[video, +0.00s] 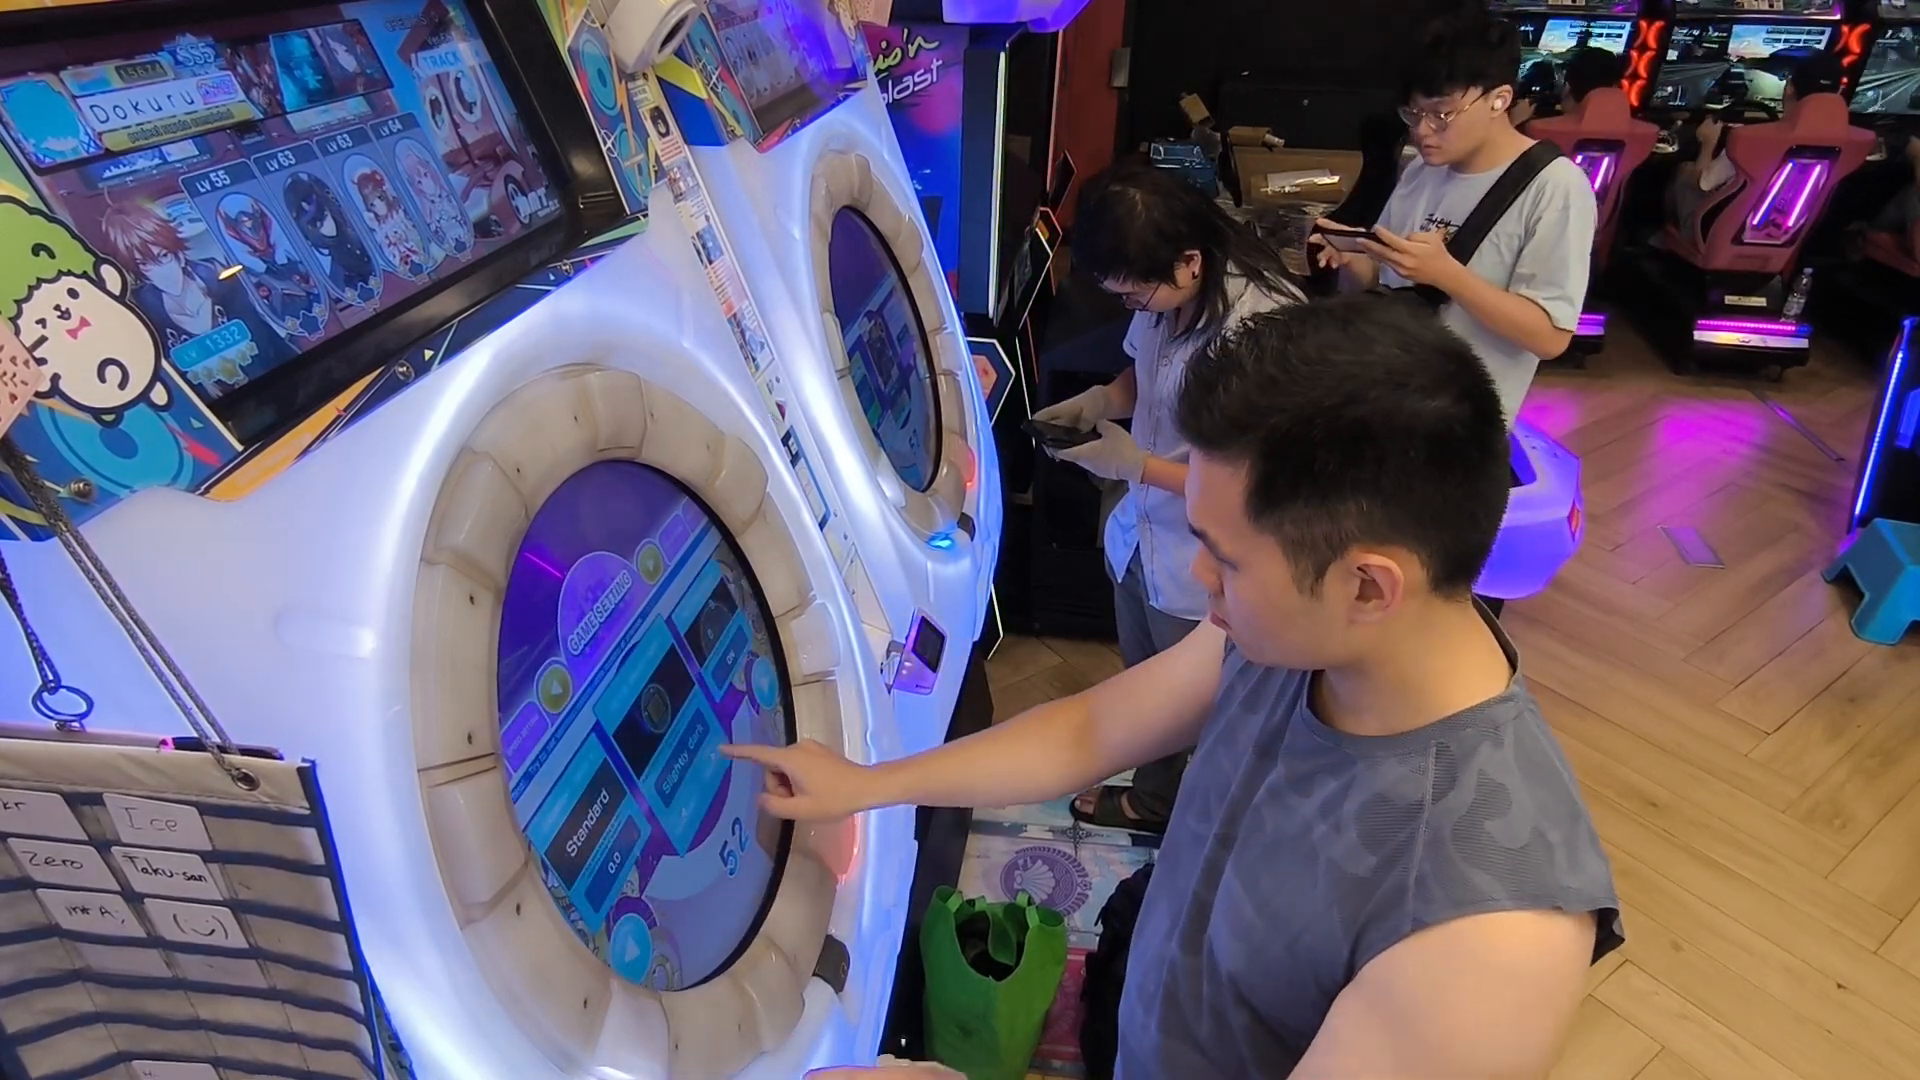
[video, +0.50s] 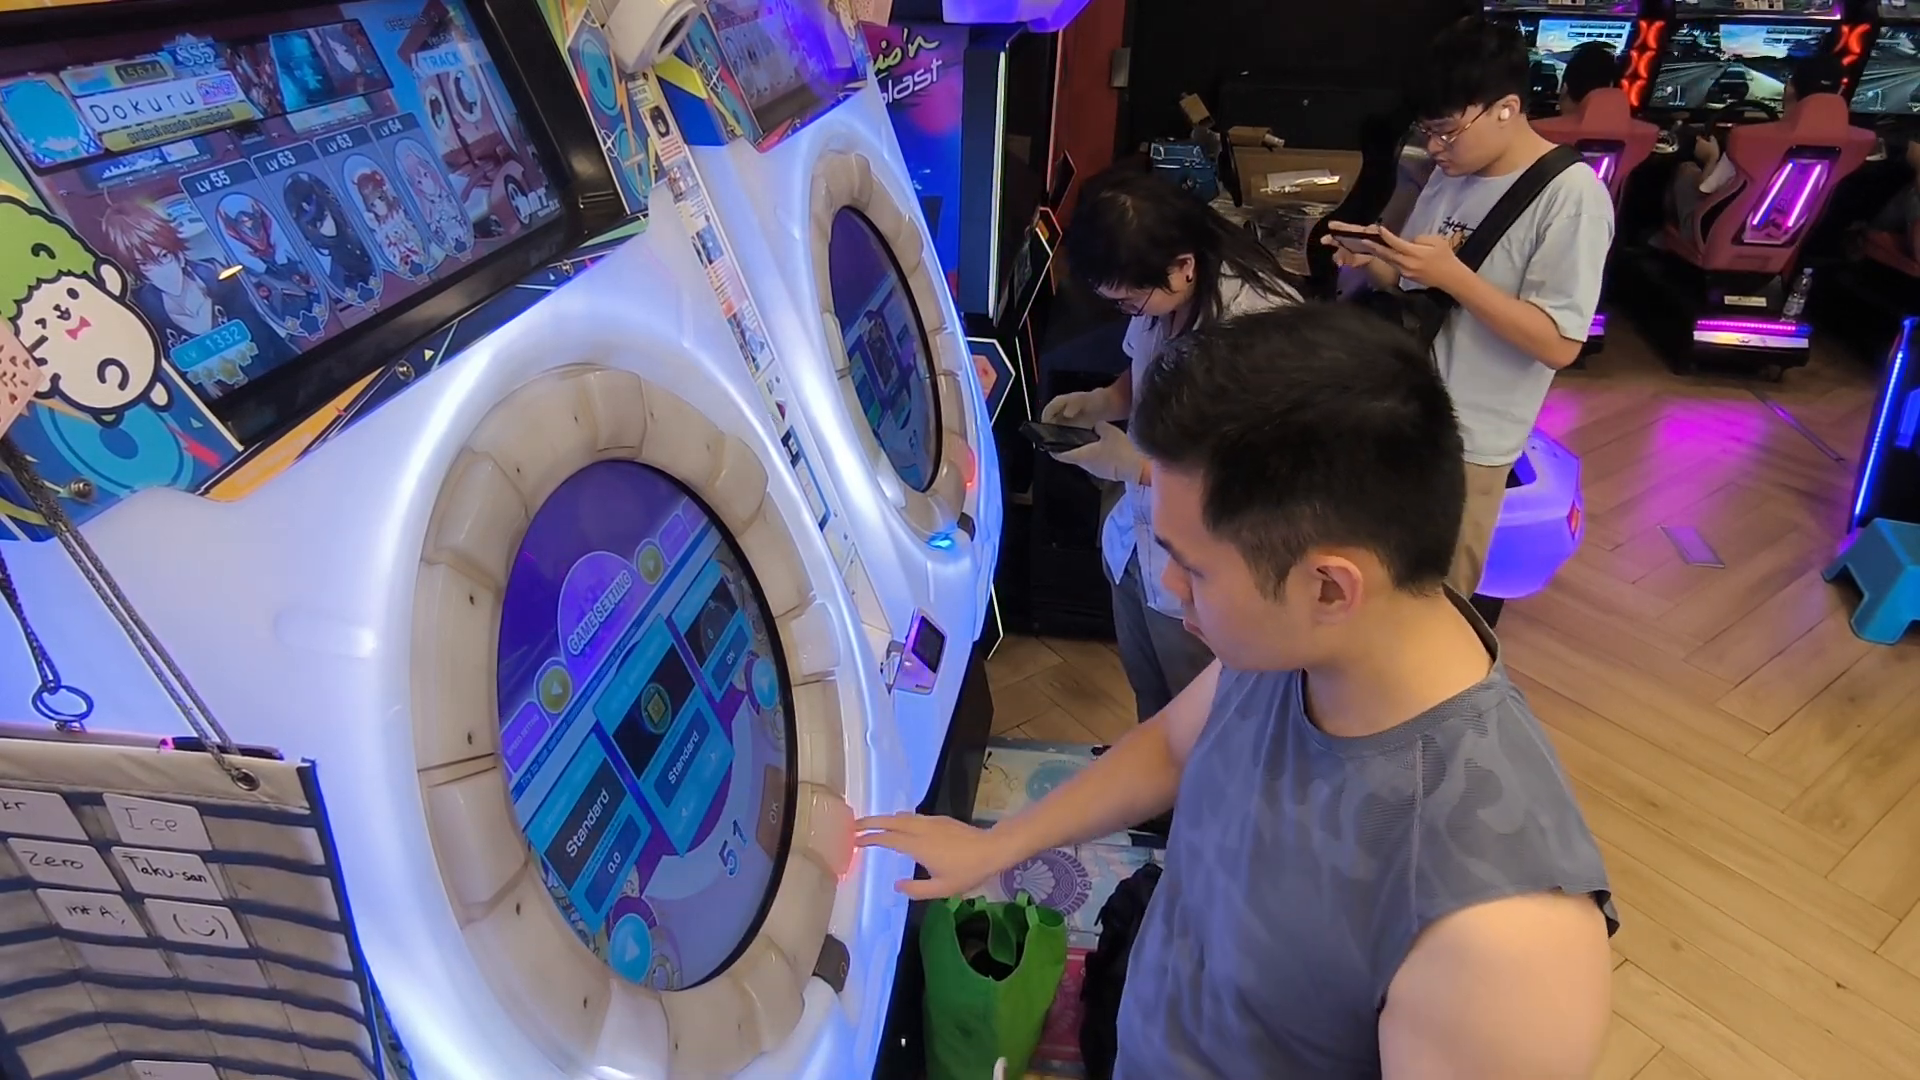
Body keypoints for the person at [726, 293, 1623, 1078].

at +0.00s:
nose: (1194, 577)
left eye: (1223, 556)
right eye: (1200, 539)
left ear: (1373, 589)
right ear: (1371, 583)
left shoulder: (1490, 909)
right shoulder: (1295, 630)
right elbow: (1089, 732)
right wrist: (871, 783)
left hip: (1203, 1073)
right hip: (1132, 1011)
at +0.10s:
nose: (1191, 579)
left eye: (1222, 561)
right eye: (1198, 544)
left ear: (1370, 593)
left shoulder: (1494, 918)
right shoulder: (1296, 626)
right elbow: (1101, 726)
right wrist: (904, 805)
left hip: (1208, 1075)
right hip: (1131, 1002)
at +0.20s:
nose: (1188, 580)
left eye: (1212, 564)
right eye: (1192, 546)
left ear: (1366, 595)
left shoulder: (1502, 926)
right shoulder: (1287, 632)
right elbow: (1129, 714)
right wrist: (972, 837)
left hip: (1209, 1076)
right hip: (1131, 997)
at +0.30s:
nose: (1184, 584)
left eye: (1210, 569)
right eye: (1188, 553)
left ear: (1357, 595)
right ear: (1353, 594)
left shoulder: (1505, 927)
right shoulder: (1284, 637)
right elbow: (1146, 719)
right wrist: (998, 850)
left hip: (1215, 1074)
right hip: (1127, 1016)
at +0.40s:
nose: (1174, 587)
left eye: (1199, 570)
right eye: (1176, 555)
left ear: (1343, 593)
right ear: (1341, 593)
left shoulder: (1502, 926)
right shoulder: (1285, 643)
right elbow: (1164, 731)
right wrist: (1006, 843)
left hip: (1213, 1072)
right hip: (1130, 1006)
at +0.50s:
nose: (1164, 582)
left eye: (1188, 566)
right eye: (1165, 550)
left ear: (1331, 589)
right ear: (1329, 591)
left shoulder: (1501, 925)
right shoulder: (1288, 642)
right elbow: (1165, 748)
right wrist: (1000, 843)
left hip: (1213, 1073)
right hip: (1140, 984)